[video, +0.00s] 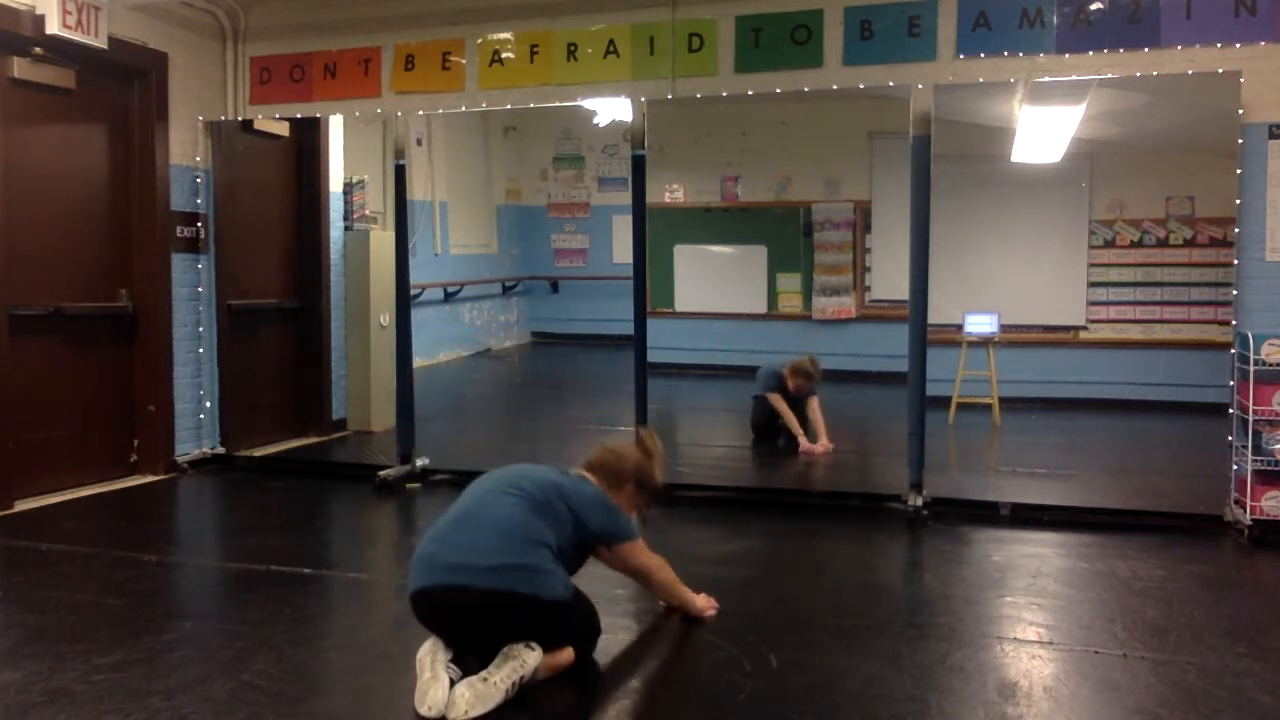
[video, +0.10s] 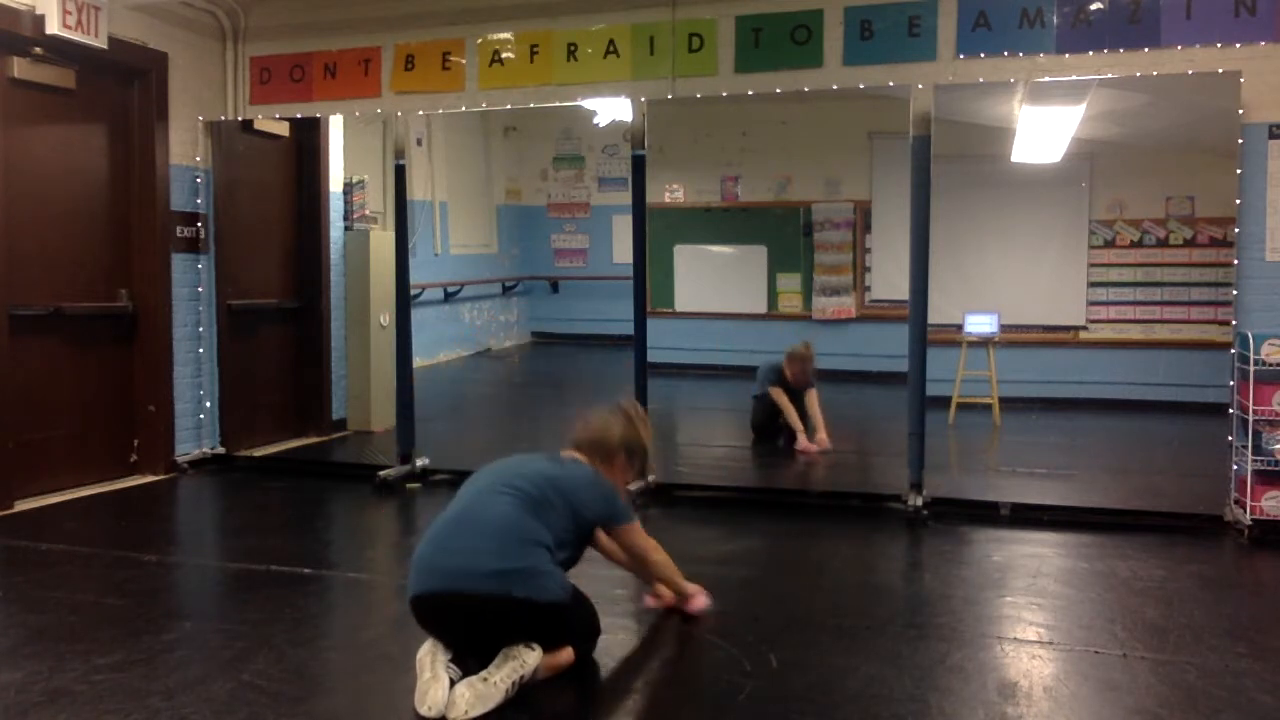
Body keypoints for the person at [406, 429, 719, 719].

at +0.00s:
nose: (633, 516)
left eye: (637, 509)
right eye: (635, 506)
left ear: (587, 472)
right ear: (623, 489)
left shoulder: (531, 482)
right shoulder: (593, 501)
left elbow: (617, 558)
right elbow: (649, 567)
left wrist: (662, 589)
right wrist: (689, 601)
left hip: (433, 586)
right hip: (517, 583)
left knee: (490, 650)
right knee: (581, 636)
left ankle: (442, 663)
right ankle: (527, 666)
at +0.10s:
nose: (624, 489)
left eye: (629, 481)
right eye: (628, 478)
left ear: (575, 448)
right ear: (615, 461)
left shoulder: (525, 469)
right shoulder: (593, 486)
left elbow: (611, 549)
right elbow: (646, 553)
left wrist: (658, 583)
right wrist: (683, 588)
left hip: (431, 590)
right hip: (514, 584)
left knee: (489, 655)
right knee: (581, 631)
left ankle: (443, 664)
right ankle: (528, 665)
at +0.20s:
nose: (620, 443)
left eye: (622, 434)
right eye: (619, 432)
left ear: (560, 422)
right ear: (603, 428)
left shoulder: (517, 452)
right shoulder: (592, 467)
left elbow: (590, 539)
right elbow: (636, 555)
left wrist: (626, 586)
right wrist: (655, 594)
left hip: (431, 591)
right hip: (516, 588)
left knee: (493, 654)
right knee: (583, 631)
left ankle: (443, 660)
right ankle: (525, 665)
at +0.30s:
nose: (606, 414)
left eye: (605, 403)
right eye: (603, 403)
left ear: (541, 401)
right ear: (590, 405)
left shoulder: (499, 442)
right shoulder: (589, 460)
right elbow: (618, 567)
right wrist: (630, 598)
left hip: (434, 595)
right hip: (520, 595)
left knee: (487, 656)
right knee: (583, 635)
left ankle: (443, 663)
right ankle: (524, 670)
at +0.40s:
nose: (588, 398)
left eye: (585, 388)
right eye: (585, 389)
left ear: (521, 396)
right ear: (575, 396)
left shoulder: (491, 440)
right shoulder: (579, 453)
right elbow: (577, 564)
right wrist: (597, 567)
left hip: (433, 605)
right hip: (518, 605)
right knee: (582, 628)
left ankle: (443, 666)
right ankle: (503, 682)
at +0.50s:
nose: (568, 388)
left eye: (564, 380)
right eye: (565, 381)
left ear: (503, 396)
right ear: (559, 391)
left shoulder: (468, 444)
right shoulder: (572, 451)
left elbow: (424, 529)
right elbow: (570, 560)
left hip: (432, 619)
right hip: (521, 616)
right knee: (582, 621)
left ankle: (444, 674)